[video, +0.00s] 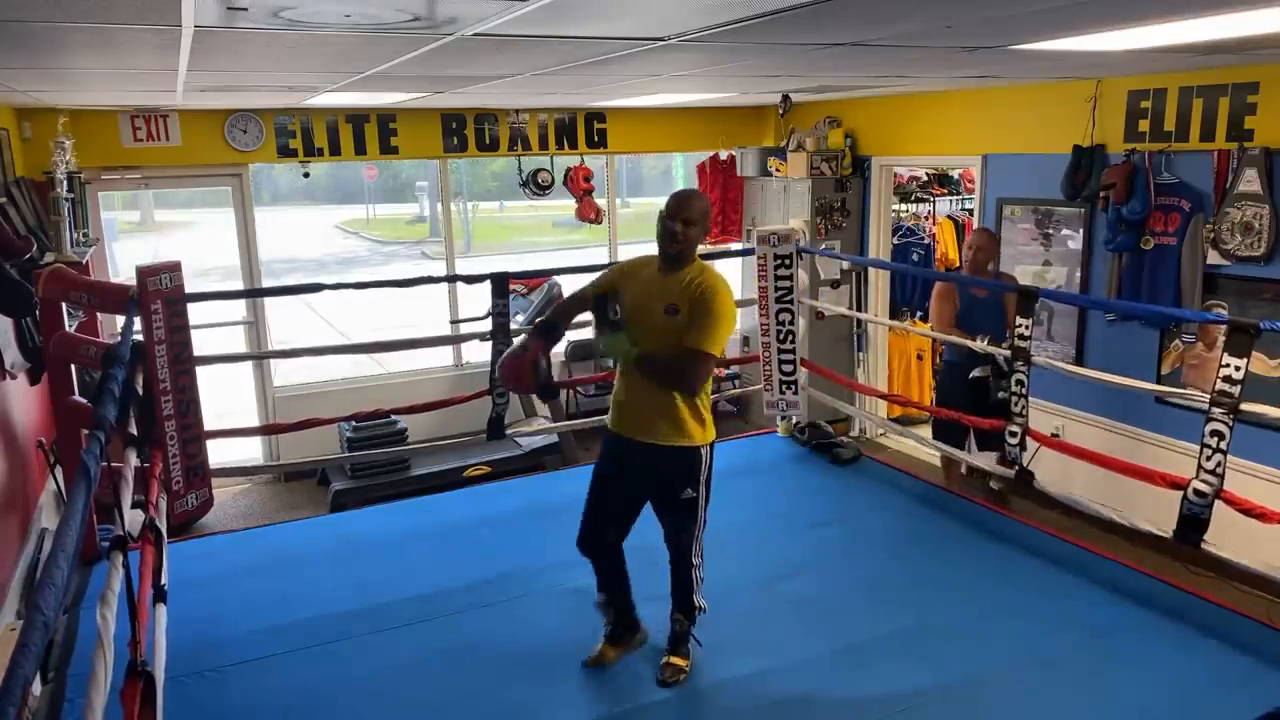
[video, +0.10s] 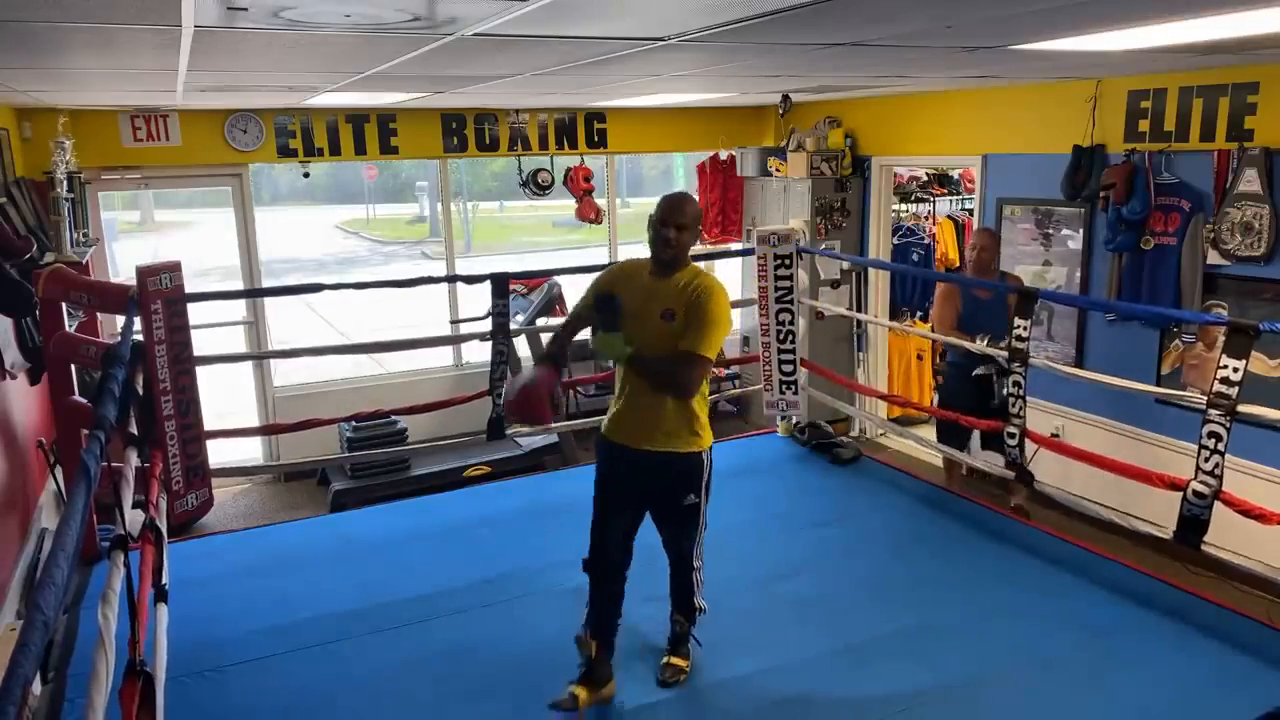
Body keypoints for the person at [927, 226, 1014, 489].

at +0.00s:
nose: (969, 253)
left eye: (978, 249)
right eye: (967, 247)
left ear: (993, 255)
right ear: (962, 248)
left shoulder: (1006, 284)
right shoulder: (948, 284)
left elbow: (1012, 328)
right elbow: (941, 329)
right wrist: (979, 344)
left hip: (993, 372)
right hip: (957, 371)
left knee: (989, 438)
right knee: (951, 438)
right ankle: (951, 493)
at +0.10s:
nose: (973, 254)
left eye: (981, 250)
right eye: (970, 248)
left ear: (996, 255)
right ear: (965, 250)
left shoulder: (1011, 285)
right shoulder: (951, 285)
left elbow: (1022, 326)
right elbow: (942, 330)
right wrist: (978, 344)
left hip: (999, 373)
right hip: (961, 371)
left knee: (1009, 435)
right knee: (954, 438)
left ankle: (1017, 499)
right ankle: (953, 497)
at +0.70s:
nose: (1025, 268)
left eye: (1030, 260)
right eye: (1018, 261)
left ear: (1040, 259)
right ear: (1007, 259)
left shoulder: (1055, 292)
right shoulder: (991, 290)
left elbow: (1064, 341)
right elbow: (971, 332)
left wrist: (1053, 356)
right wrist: (989, 354)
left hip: (1036, 381)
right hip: (994, 377)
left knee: (1032, 448)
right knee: (970, 439)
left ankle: (1023, 513)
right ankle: (957, 498)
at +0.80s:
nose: (1029, 268)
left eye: (1035, 261)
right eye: (1022, 262)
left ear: (1044, 260)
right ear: (1011, 260)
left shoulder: (1059, 291)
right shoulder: (993, 290)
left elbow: (1068, 343)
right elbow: (976, 336)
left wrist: (1054, 357)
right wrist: (1002, 349)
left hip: (1039, 383)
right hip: (997, 378)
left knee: (1034, 451)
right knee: (977, 443)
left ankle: (1022, 513)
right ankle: (965, 504)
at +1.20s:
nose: (1022, 267)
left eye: (1029, 260)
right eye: (1016, 261)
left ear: (1041, 258)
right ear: (1009, 261)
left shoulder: (1061, 291)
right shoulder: (995, 289)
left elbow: (1069, 341)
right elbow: (984, 334)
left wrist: (1055, 355)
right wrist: (1013, 350)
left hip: (1039, 383)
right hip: (997, 378)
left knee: (1033, 453)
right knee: (980, 445)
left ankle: (1022, 514)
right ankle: (974, 508)